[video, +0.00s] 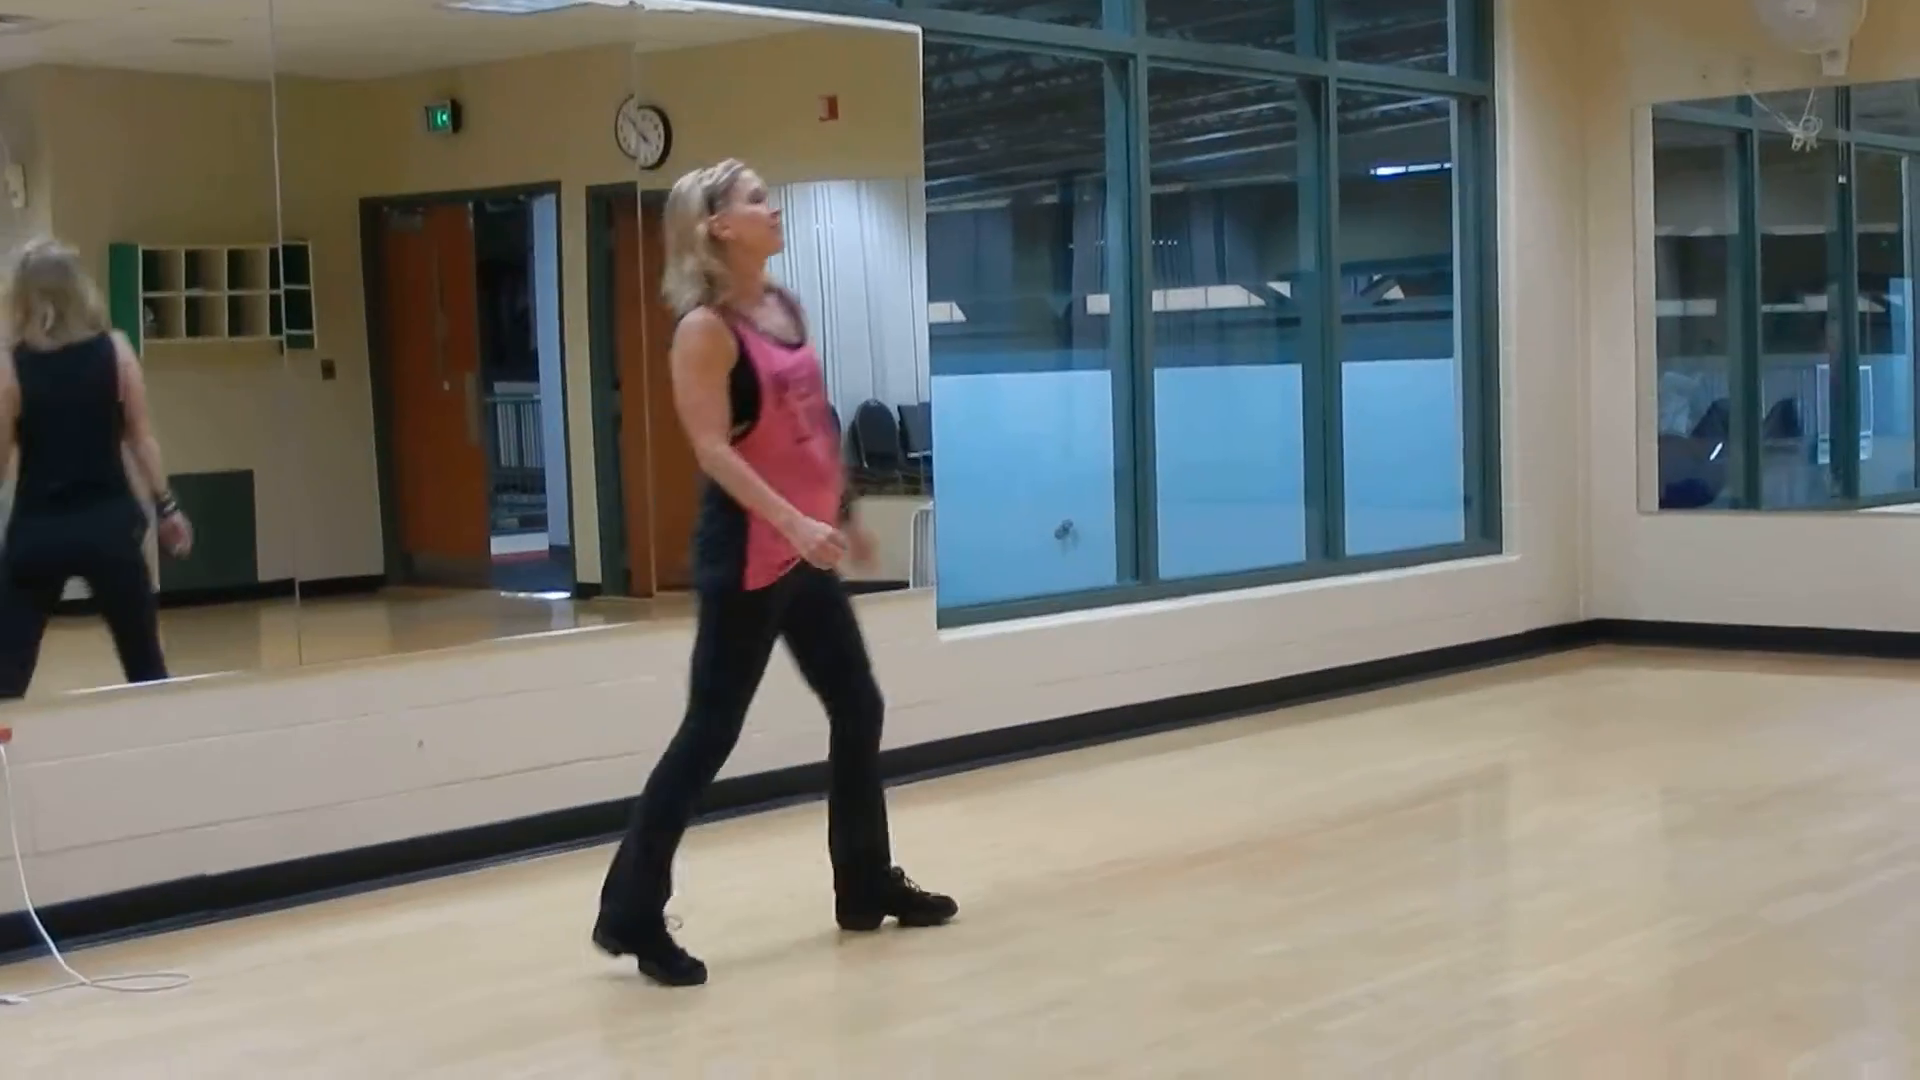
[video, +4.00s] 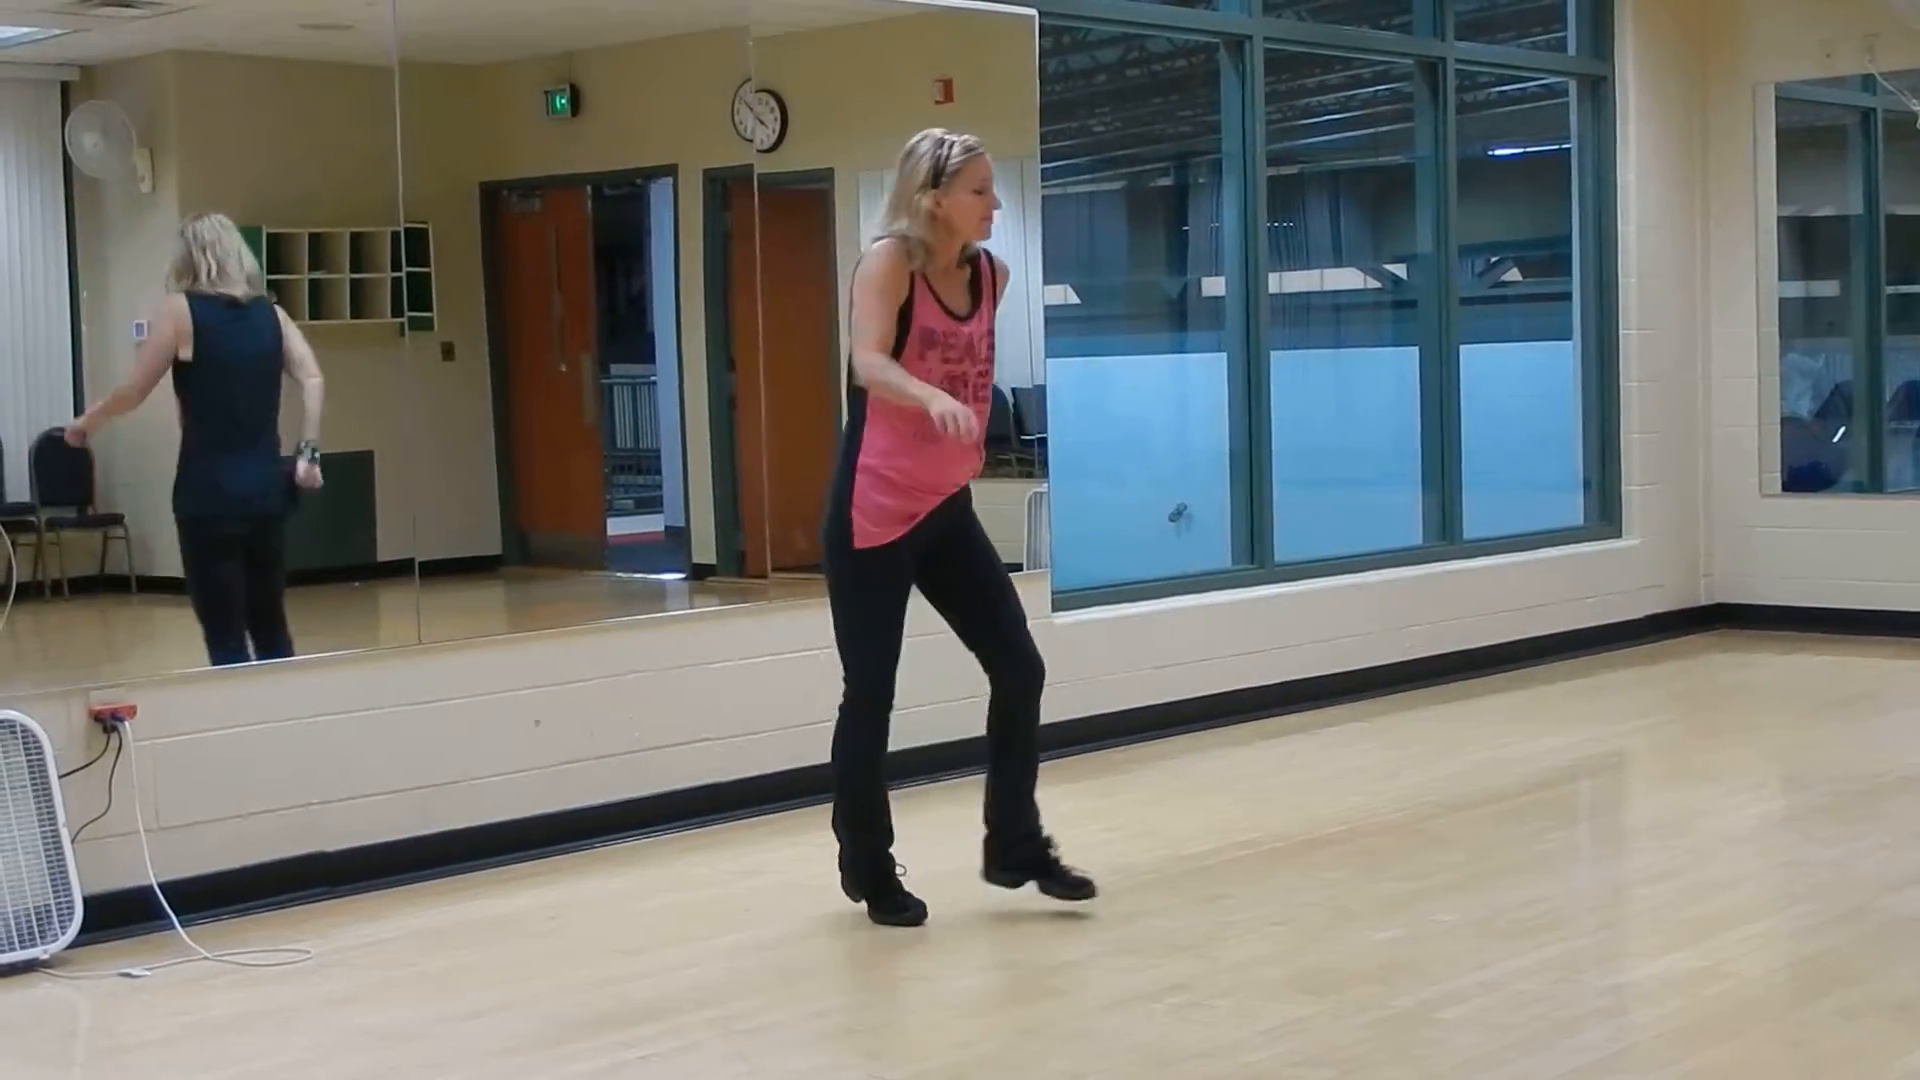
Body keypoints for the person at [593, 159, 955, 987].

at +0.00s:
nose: (772, 208)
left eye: (768, 198)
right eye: (754, 200)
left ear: (756, 226)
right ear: (713, 228)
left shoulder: (780, 306)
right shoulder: (702, 328)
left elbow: (800, 426)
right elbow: (711, 448)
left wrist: (837, 516)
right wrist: (793, 525)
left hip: (802, 546)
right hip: (745, 552)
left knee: (858, 710)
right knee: (707, 734)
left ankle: (865, 887)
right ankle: (628, 912)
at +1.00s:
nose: (909, 116)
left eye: (915, 103)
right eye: (896, 102)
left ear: (911, 109)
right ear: (848, 104)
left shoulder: (922, 179)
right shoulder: (797, 198)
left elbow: (957, 280)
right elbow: (761, 296)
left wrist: (1006, 368)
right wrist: (771, 359)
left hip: (903, 417)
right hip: (823, 422)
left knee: (905, 599)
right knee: (828, 595)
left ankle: (898, 764)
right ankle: (785, 781)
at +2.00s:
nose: (787, 151)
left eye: (792, 137)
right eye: (772, 137)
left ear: (786, 145)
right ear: (720, 140)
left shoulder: (795, 225)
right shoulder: (657, 239)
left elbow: (844, 330)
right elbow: (619, 357)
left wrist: (909, 271)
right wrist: (613, 470)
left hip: (793, 472)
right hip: (705, 484)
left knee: (787, 671)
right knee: (713, 674)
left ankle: (778, 842)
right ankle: (685, 857)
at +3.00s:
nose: (776, 195)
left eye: (777, 181)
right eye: (754, 186)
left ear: (781, 198)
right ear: (708, 207)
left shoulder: (781, 291)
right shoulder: (681, 278)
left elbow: (748, 404)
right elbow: (649, 386)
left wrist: (748, 498)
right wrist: (723, 364)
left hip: (735, 535)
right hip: (655, 547)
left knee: (835, 702)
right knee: (644, 747)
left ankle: (833, 876)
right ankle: (624, 936)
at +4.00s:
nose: (991, 205)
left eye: (992, 192)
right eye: (977, 193)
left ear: (978, 200)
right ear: (930, 197)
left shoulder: (987, 273)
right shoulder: (888, 260)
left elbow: (959, 366)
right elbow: (866, 362)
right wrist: (929, 397)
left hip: (943, 508)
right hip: (870, 514)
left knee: (1019, 669)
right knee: (869, 697)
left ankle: (1012, 846)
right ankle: (867, 869)